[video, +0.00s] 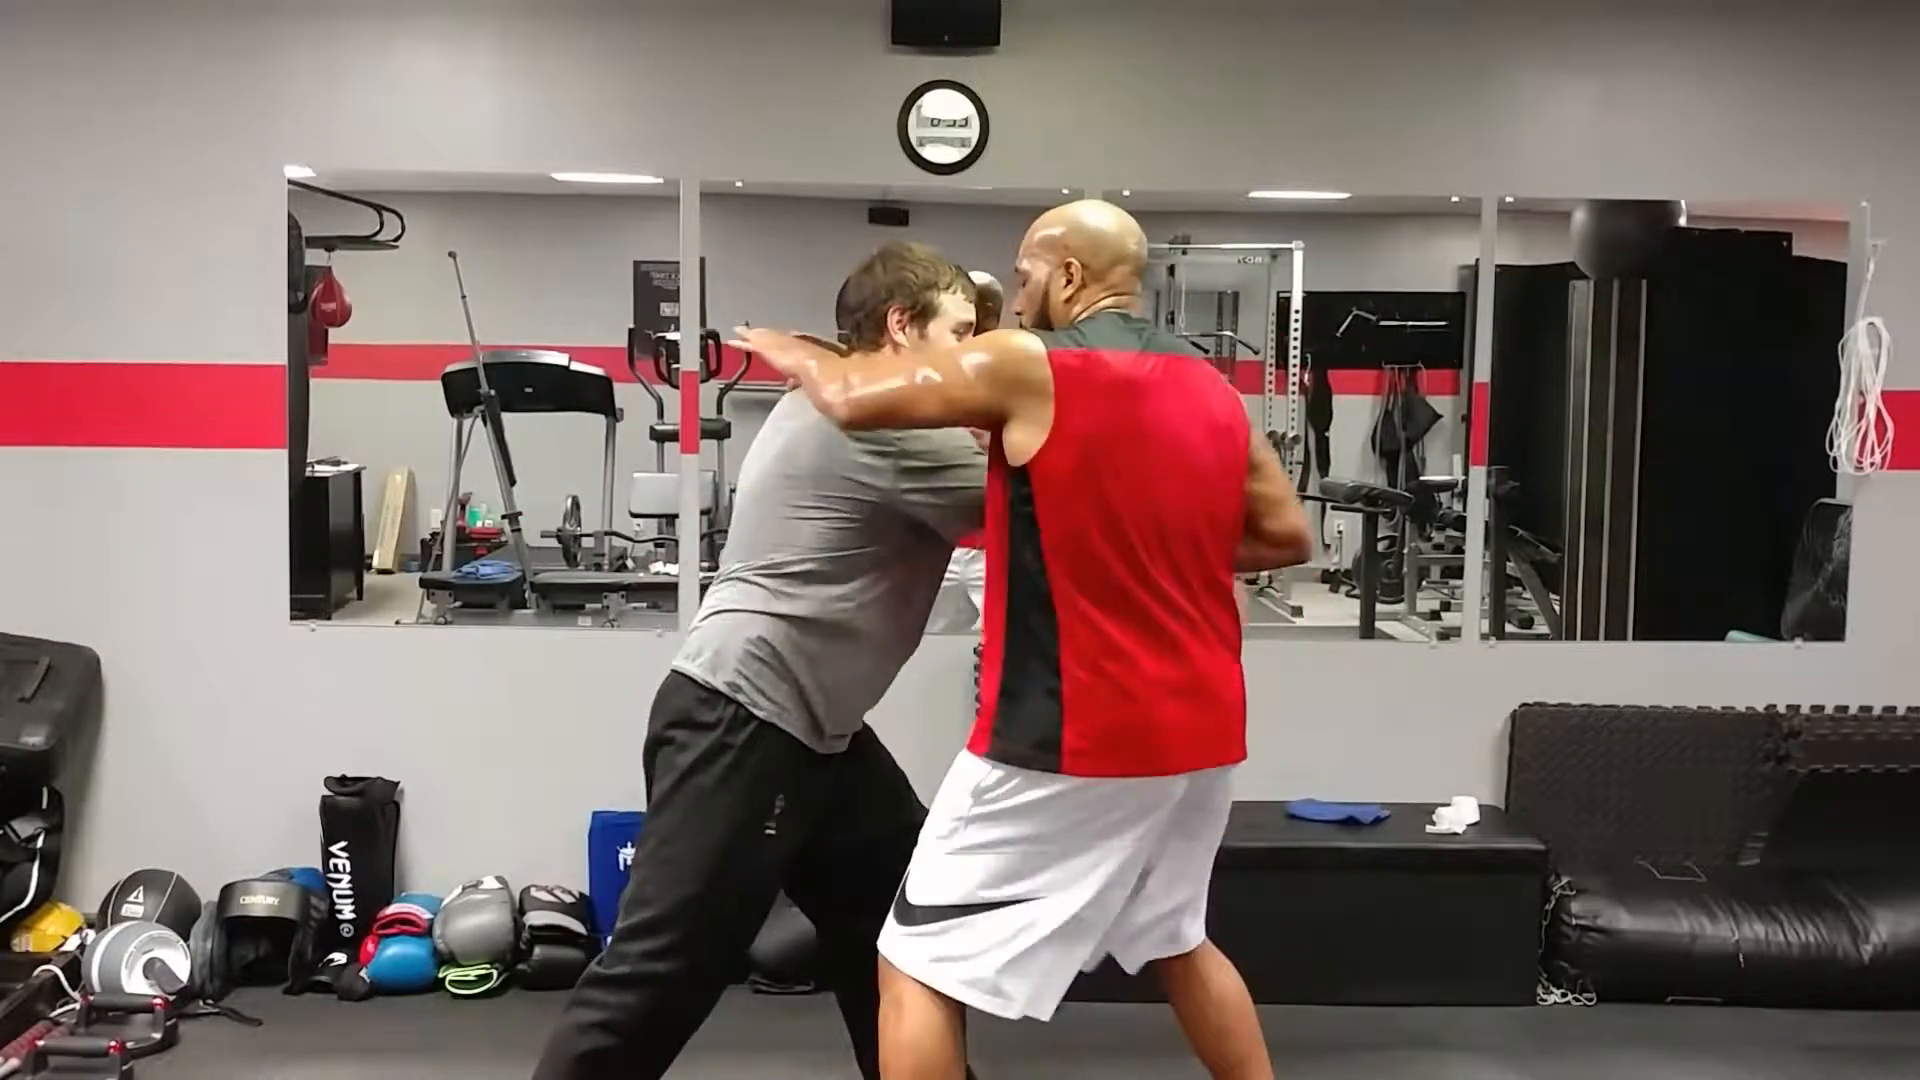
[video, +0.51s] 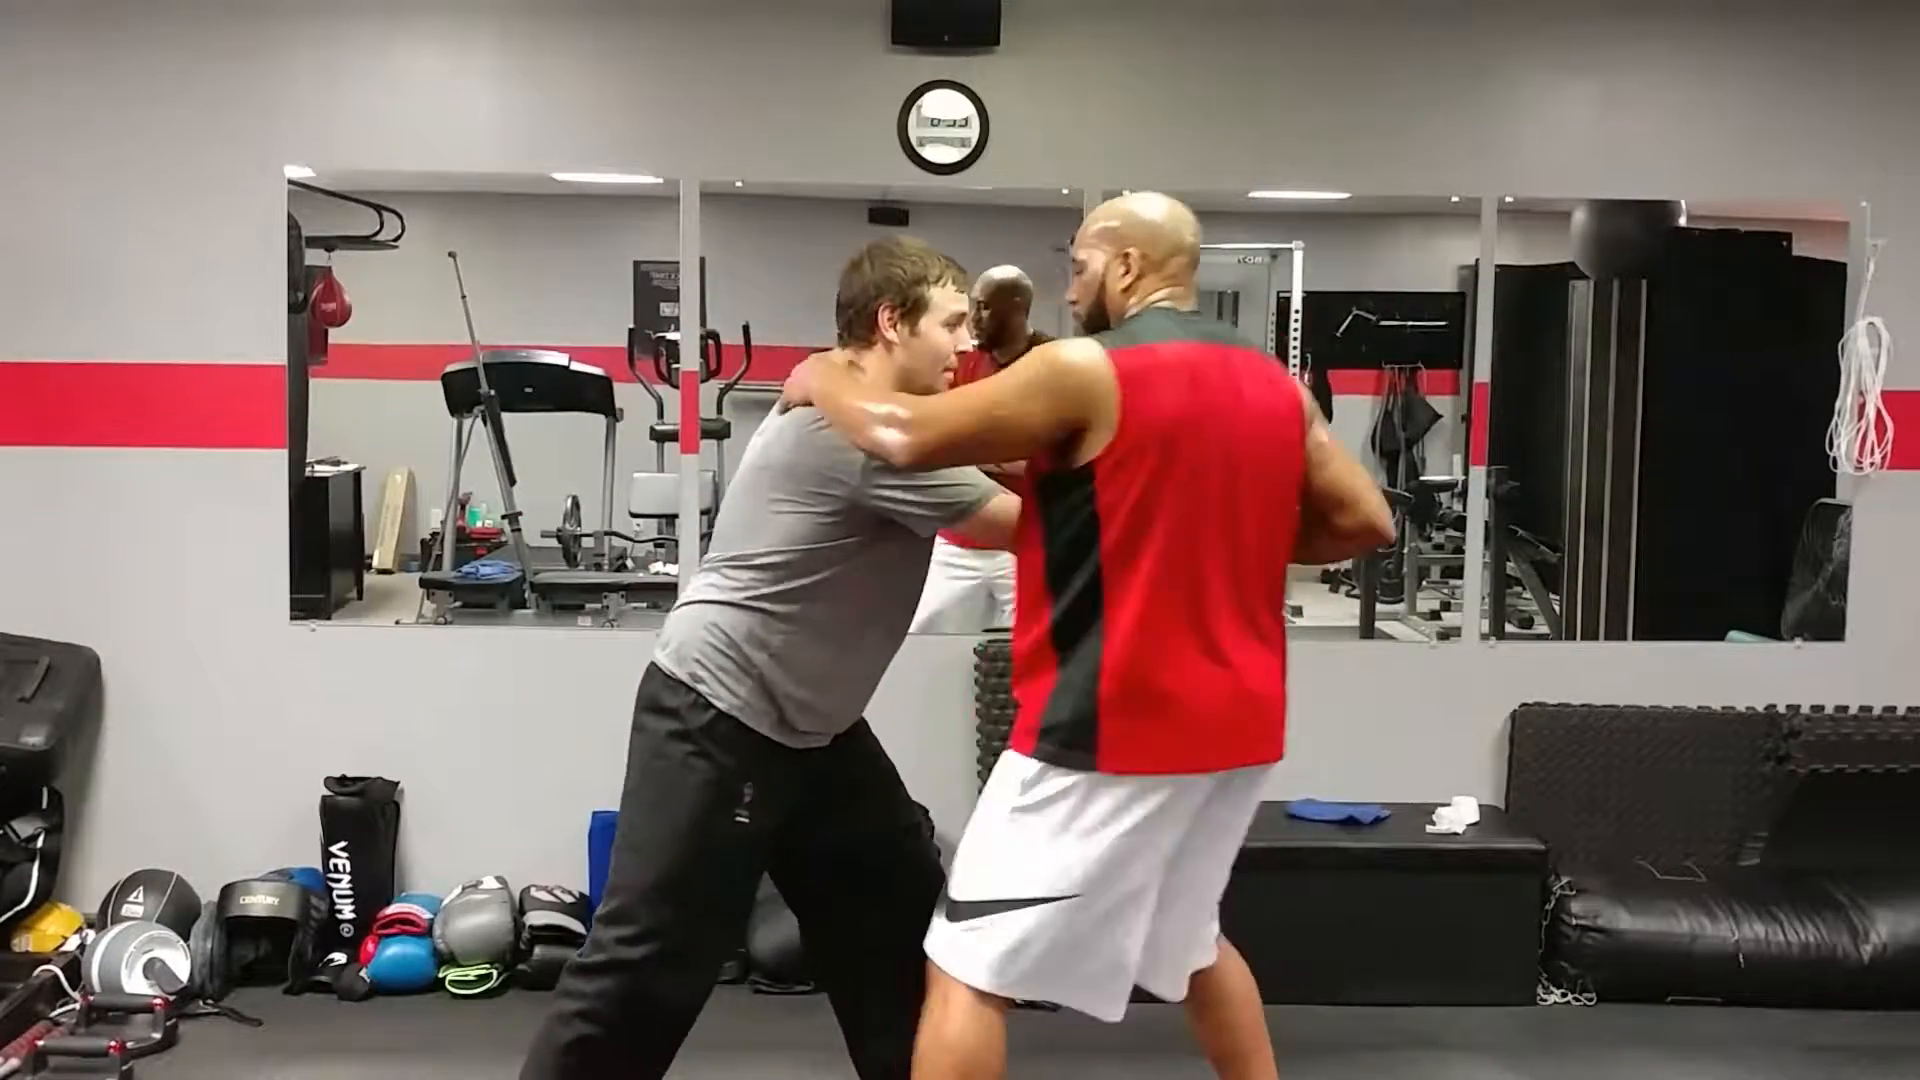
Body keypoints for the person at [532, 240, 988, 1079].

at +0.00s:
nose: (976, 355)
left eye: (977, 334)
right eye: (963, 331)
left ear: (889, 331)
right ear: (900, 329)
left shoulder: (830, 404)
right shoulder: (887, 430)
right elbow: (1036, 496)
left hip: (812, 728)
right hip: (739, 720)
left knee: (917, 939)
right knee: (656, 980)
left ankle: (915, 1073)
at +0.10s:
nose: (983, 355)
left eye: (983, 336)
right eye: (970, 334)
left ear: (895, 333)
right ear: (909, 330)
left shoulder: (834, 404)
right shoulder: (891, 428)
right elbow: (1040, 473)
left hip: (819, 732)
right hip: (741, 722)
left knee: (918, 945)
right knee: (657, 984)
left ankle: (918, 1073)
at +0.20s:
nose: (986, 357)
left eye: (986, 338)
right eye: (973, 335)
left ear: (898, 335)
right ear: (910, 332)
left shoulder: (837, 406)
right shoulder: (894, 432)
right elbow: (1041, 480)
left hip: (827, 735)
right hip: (742, 724)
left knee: (923, 946)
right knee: (656, 986)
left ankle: (916, 1073)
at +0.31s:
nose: (987, 354)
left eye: (986, 335)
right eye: (972, 332)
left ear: (900, 335)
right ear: (907, 331)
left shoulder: (852, 407)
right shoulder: (886, 430)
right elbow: (1036, 493)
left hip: (829, 735)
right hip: (735, 723)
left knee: (919, 951)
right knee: (658, 981)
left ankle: (913, 1073)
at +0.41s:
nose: (981, 353)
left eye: (979, 332)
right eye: (964, 329)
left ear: (893, 333)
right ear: (898, 331)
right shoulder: (871, 426)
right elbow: (1028, 509)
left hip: (822, 728)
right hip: (723, 716)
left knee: (910, 949)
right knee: (651, 978)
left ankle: (914, 1074)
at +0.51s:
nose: (968, 347)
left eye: (969, 328)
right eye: (953, 323)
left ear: (886, 328)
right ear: (887, 325)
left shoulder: (883, 424)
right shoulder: (854, 431)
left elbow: (1019, 497)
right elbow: (1024, 524)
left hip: (815, 730)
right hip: (711, 714)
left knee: (897, 939)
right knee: (642, 971)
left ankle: (911, 1073)